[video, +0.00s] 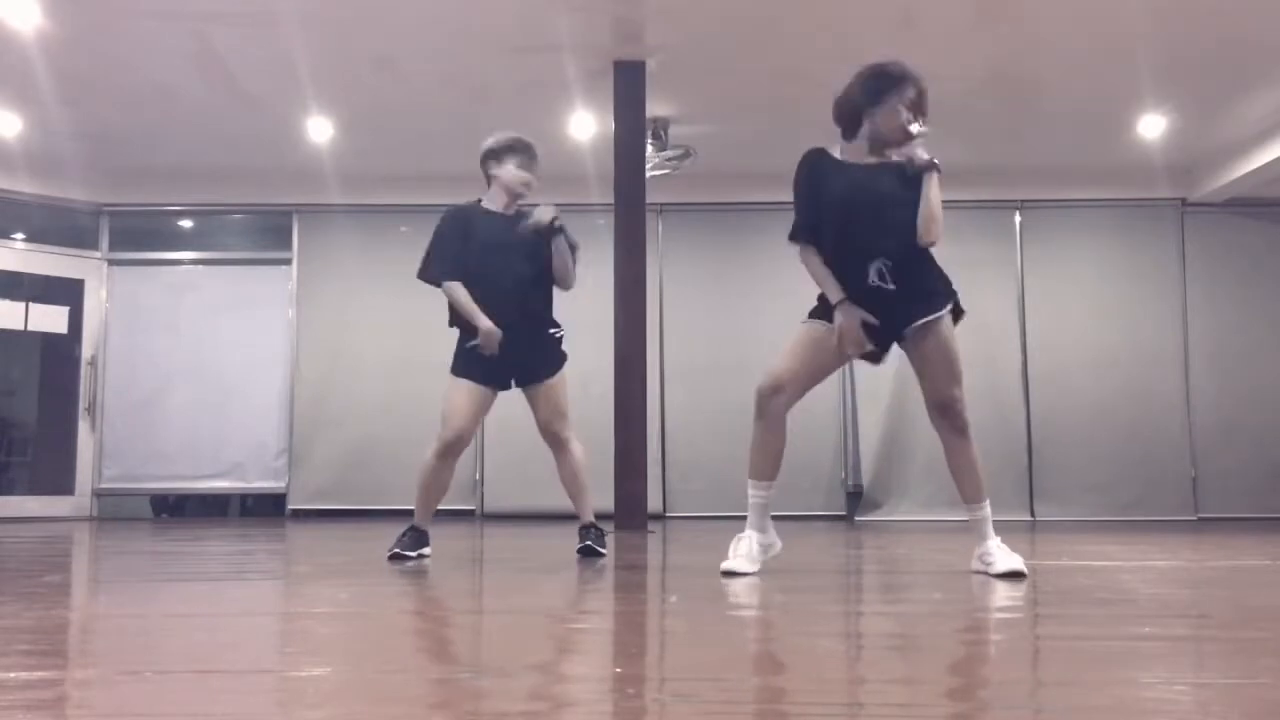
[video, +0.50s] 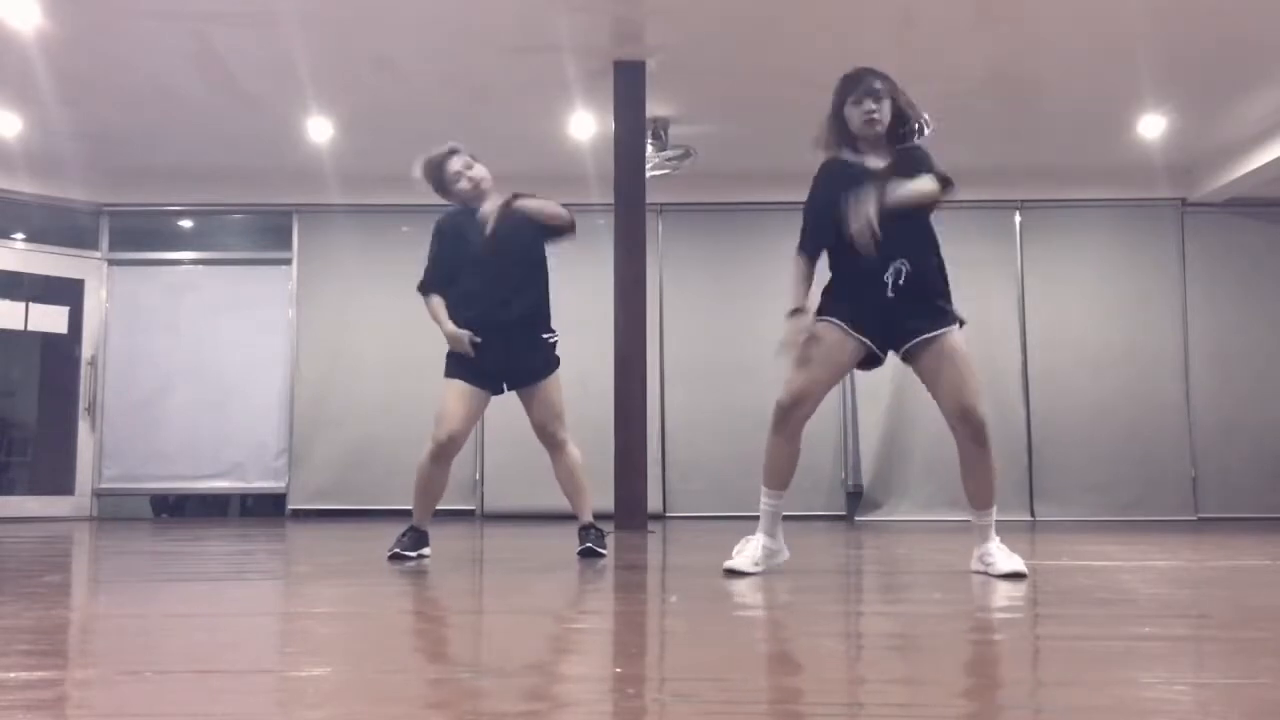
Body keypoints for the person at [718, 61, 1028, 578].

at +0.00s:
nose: (912, 121)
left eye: (916, 112)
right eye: (905, 108)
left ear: (914, 118)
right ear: (869, 107)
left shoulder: (915, 172)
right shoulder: (820, 166)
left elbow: (929, 234)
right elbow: (806, 246)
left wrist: (929, 168)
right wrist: (840, 305)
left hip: (920, 302)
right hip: (851, 305)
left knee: (952, 413)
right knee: (771, 392)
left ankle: (987, 542)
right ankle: (757, 530)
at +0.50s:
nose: (868, 108)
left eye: (877, 99)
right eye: (857, 101)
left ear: (893, 108)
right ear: (842, 113)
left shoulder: (913, 159)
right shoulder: (833, 173)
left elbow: (935, 187)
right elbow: (807, 248)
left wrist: (880, 195)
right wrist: (799, 307)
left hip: (921, 308)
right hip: (851, 310)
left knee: (971, 417)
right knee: (790, 404)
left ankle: (988, 544)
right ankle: (767, 538)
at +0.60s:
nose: (844, 125)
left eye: (855, 115)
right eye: (833, 117)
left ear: (872, 124)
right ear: (819, 128)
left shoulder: (892, 164)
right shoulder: (821, 202)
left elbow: (912, 221)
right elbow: (820, 276)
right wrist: (798, 321)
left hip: (899, 308)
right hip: (836, 316)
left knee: (971, 426)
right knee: (781, 414)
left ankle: (988, 545)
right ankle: (786, 545)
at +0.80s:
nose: (807, 123)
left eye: (816, 115)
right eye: (797, 116)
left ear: (832, 124)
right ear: (782, 127)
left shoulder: (852, 170)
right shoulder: (775, 197)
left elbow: (925, 217)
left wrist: (968, 268)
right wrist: (738, 327)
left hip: (849, 302)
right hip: (791, 309)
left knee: (893, 410)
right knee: (741, 419)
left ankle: (981, 497)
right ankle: (783, 544)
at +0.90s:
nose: (794, 110)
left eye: (803, 101)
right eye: (784, 102)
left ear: (819, 110)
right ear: (769, 113)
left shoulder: (848, 150)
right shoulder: (754, 182)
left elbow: (919, 144)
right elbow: (704, 220)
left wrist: (926, 168)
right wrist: (671, 259)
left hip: (845, 277)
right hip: (785, 292)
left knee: (864, 362)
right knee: (750, 411)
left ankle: (913, 499)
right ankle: (784, 543)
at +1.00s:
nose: (787, 86)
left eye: (797, 76)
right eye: (776, 79)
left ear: (815, 83)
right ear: (764, 92)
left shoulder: (842, 132)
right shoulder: (765, 158)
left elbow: (907, 154)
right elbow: (712, 225)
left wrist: (893, 95)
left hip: (843, 268)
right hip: (781, 282)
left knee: (841, 347)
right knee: (764, 405)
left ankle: (871, 508)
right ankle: (786, 543)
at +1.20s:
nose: (783, 101)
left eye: (793, 93)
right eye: (772, 94)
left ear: (811, 103)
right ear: (760, 109)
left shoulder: (843, 136)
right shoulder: (755, 174)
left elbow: (917, 114)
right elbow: (700, 212)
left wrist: (903, 74)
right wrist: (654, 180)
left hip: (826, 283)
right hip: (768, 293)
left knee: (809, 379)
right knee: (733, 421)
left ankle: (860, 535)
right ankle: (786, 543)